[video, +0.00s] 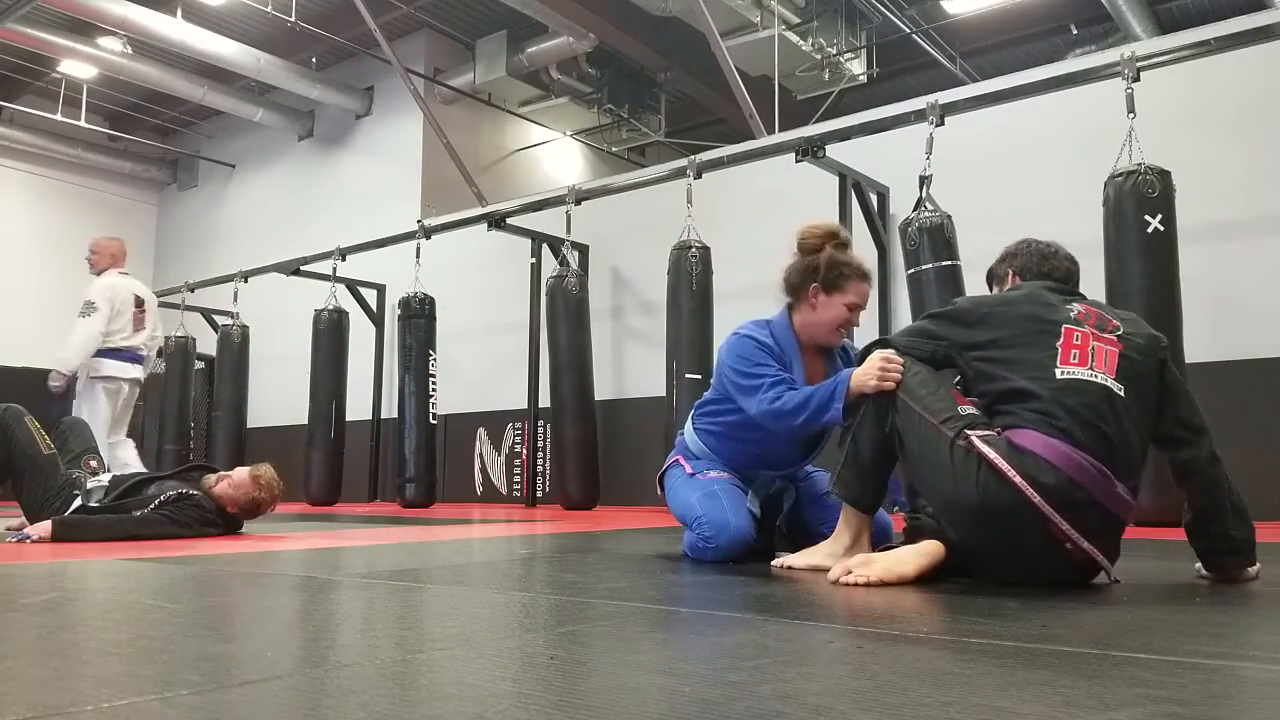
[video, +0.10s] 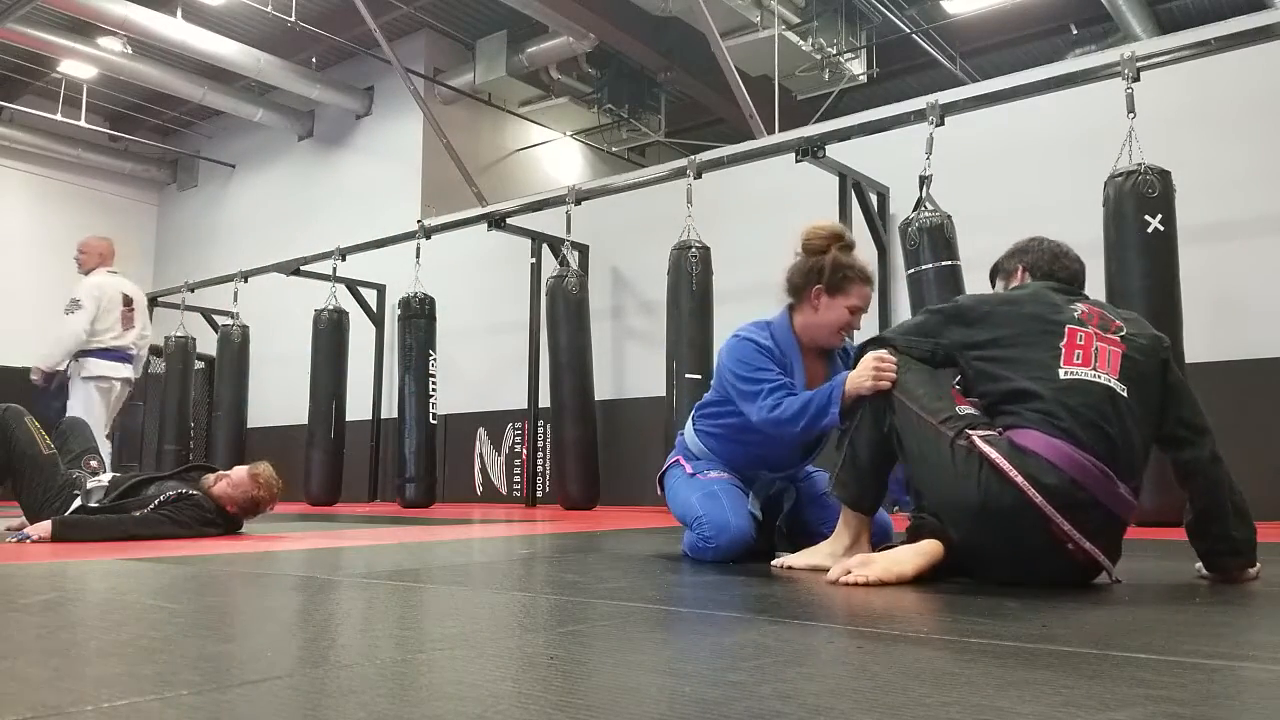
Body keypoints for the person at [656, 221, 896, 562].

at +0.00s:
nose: (856, 321)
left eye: (860, 311)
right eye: (851, 308)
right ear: (815, 295)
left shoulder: (844, 358)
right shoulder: (746, 345)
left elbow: (872, 433)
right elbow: (776, 409)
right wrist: (849, 384)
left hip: (786, 473)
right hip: (705, 466)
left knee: (875, 531)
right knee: (731, 538)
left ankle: (775, 524)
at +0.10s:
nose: (857, 325)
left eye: (861, 315)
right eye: (853, 311)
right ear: (817, 297)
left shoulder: (843, 358)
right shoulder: (746, 347)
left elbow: (871, 433)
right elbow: (776, 415)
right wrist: (847, 387)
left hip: (785, 473)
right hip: (706, 466)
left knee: (875, 532)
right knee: (732, 537)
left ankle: (775, 528)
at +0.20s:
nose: (856, 327)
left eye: (861, 316)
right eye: (853, 312)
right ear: (817, 298)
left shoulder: (841, 359)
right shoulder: (746, 348)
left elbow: (871, 436)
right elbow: (770, 429)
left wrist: (916, 506)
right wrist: (836, 395)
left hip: (785, 474)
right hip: (704, 468)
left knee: (874, 532)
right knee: (731, 537)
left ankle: (775, 523)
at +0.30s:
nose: (857, 323)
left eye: (863, 312)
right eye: (855, 309)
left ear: (820, 298)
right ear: (819, 296)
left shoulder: (842, 357)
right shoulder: (747, 349)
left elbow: (871, 435)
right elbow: (774, 441)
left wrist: (917, 507)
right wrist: (829, 396)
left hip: (783, 470)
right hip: (703, 465)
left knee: (874, 532)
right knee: (731, 537)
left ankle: (775, 517)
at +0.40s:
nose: (864, 316)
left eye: (868, 305)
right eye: (859, 303)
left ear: (823, 293)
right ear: (822, 292)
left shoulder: (845, 352)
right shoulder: (750, 346)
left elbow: (865, 437)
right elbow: (778, 444)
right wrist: (825, 396)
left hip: (786, 465)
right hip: (706, 459)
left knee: (876, 534)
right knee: (730, 539)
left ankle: (776, 520)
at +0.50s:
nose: (871, 311)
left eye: (875, 301)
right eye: (867, 299)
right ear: (830, 287)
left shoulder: (848, 349)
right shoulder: (755, 340)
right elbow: (776, 441)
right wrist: (825, 394)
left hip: (789, 463)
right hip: (710, 454)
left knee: (879, 534)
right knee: (727, 540)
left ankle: (777, 525)